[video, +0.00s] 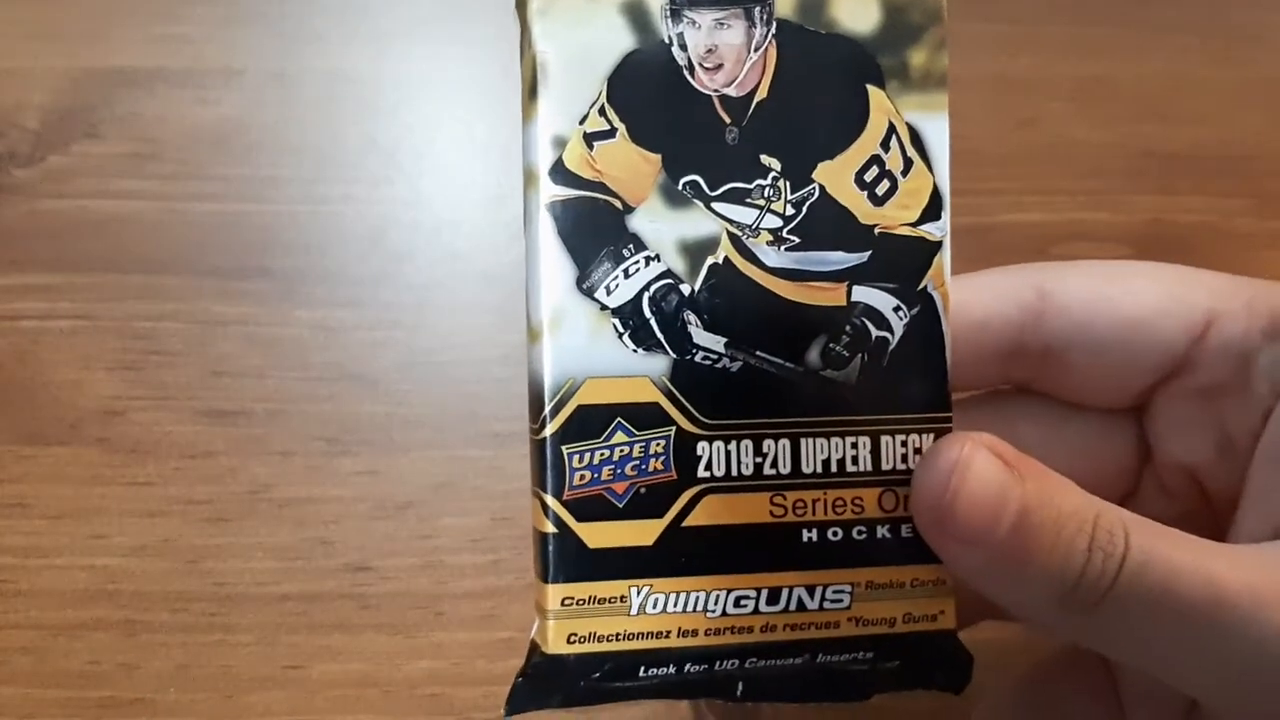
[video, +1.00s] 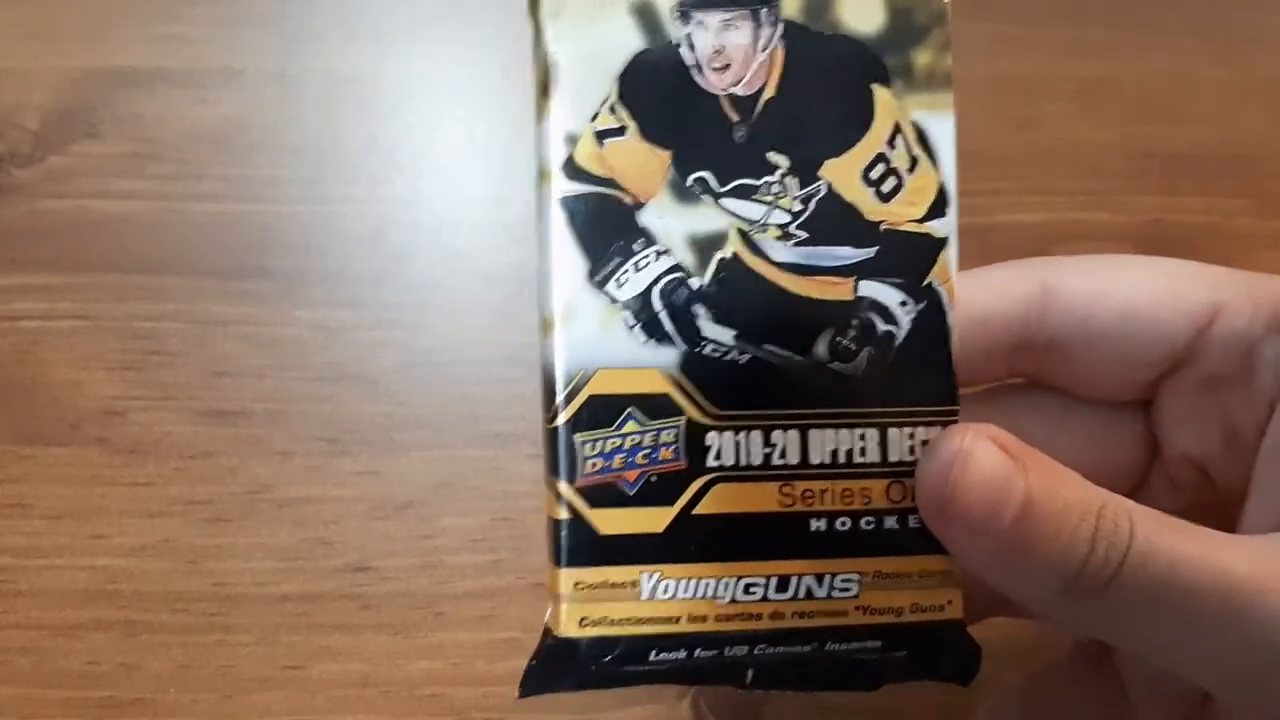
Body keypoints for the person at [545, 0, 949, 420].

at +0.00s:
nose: (704, 48)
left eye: (724, 25)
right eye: (687, 25)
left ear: (762, 24)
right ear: (671, 24)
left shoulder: (832, 81)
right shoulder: (647, 87)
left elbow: (914, 215)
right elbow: (579, 189)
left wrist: (871, 321)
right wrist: (638, 286)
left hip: (871, 282)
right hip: (753, 275)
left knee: (903, 445)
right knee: (685, 423)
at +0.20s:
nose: (705, 48)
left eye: (725, 25)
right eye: (690, 25)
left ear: (763, 23)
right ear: (673, 25)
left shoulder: (834, 81)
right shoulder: (648, 87)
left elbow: (915, 215)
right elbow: (580, 188)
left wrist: (872, 320)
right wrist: (637, 285)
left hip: (872, 283)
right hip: (753, 275)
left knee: (902, 447)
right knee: (685, 424)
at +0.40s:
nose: (693, 57)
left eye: (712, 35)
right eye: (678, 35)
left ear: (751, 31)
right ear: (662, 35)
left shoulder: (821, 88)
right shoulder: (636, 97)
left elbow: (904, 219)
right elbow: (570, 199)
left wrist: (861, 327)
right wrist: (628, 295)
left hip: (860, 290)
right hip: (742, 284)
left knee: (894, 450)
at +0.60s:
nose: (698, 49)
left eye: (717, 27)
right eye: (682, 26)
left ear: (755, 25)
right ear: (666, 25)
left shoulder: (825, 82)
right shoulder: (642, 88)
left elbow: (905, 215)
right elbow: (575, 187)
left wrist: (861, 318)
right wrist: (629, 281)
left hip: (862, 282)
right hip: (745, 274)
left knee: (894, 445)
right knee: (679, 425)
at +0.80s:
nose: (702, 47)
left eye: (722, 24)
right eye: (685, 23)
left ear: (760, 23)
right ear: (669, 22)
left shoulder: (829, 80)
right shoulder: (647, 85)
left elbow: (910, 213)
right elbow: (579, 183)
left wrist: (867, 315)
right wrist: (636, 280)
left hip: (867, 279)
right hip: (749, 272)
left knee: (897, 445)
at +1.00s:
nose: (711, 48)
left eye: (731, 26)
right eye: (695, 25)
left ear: (770, 25)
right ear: (681, 27)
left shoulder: (838, 81)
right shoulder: (658, 85)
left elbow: (918, 212)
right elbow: (591, 186)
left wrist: (879, 315)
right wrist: (651, 283)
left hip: (877, 279)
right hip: (763, 273)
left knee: (915, 437)